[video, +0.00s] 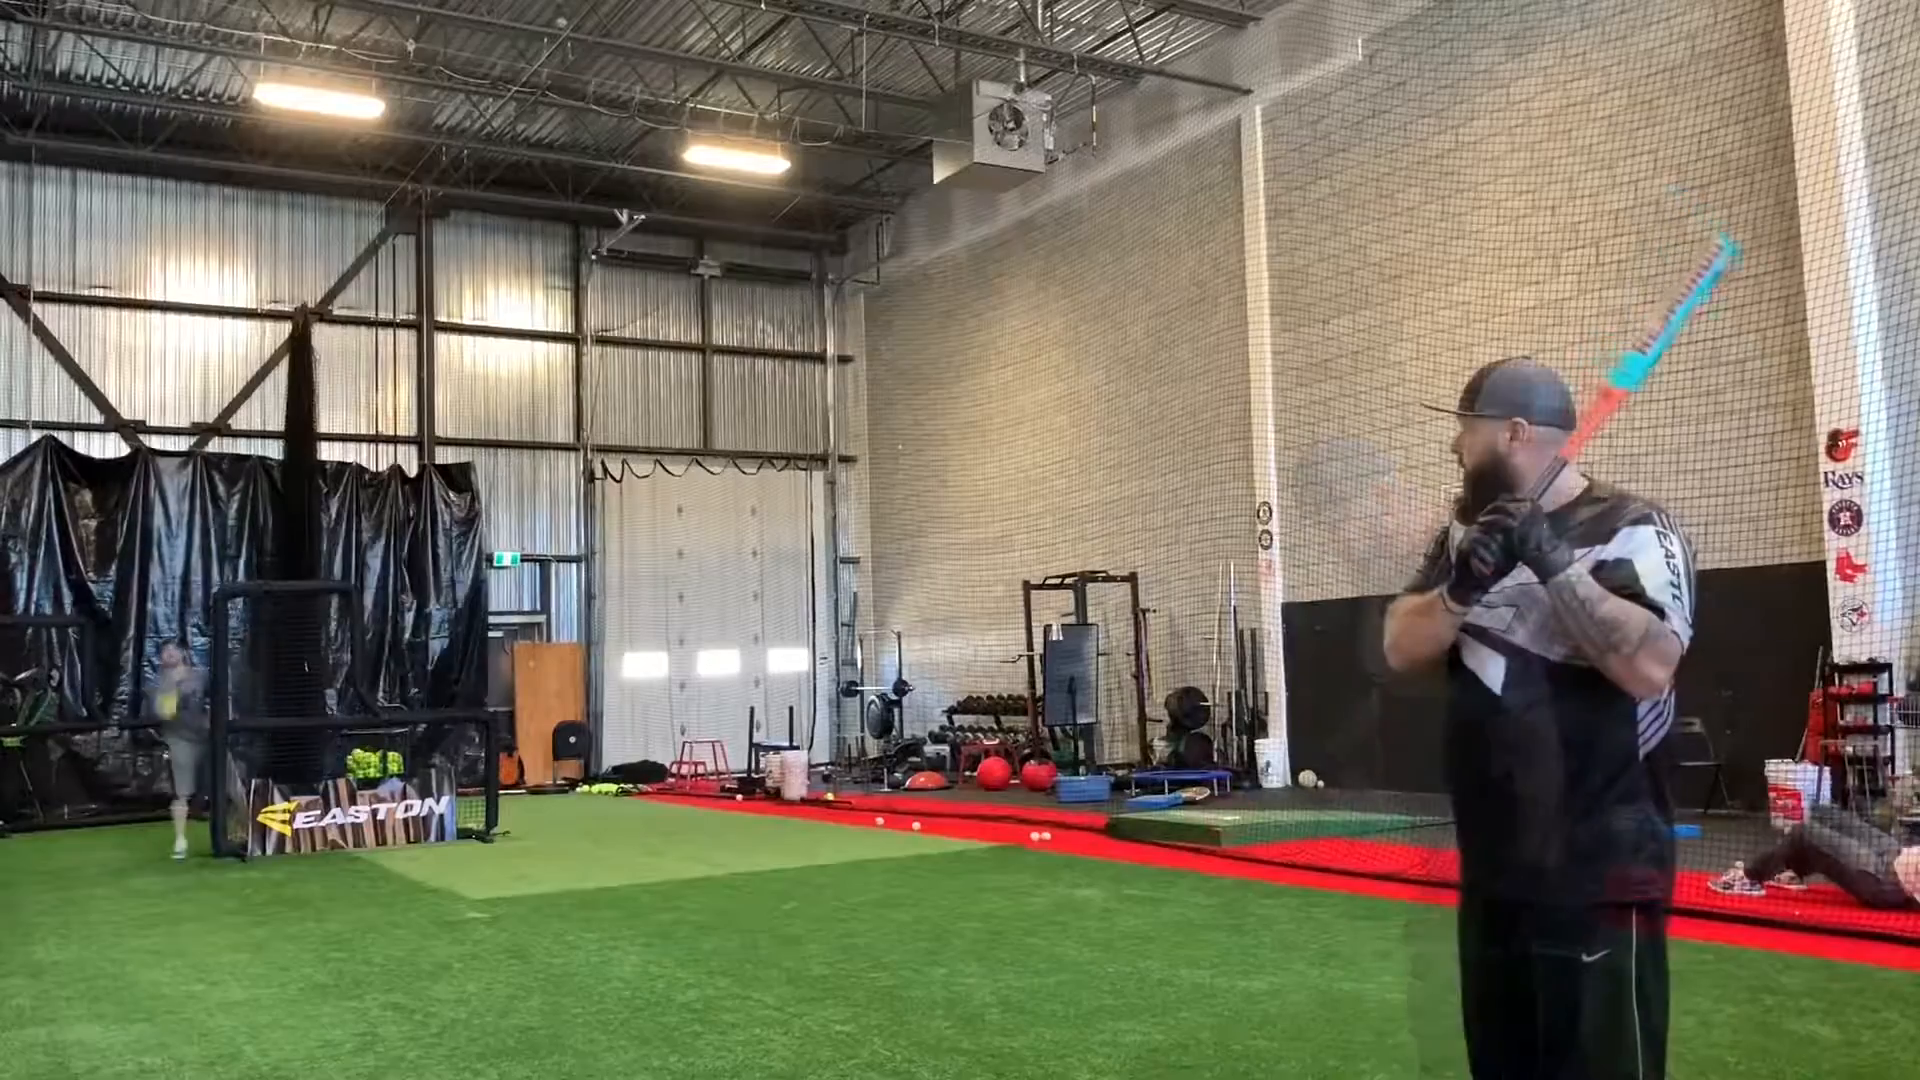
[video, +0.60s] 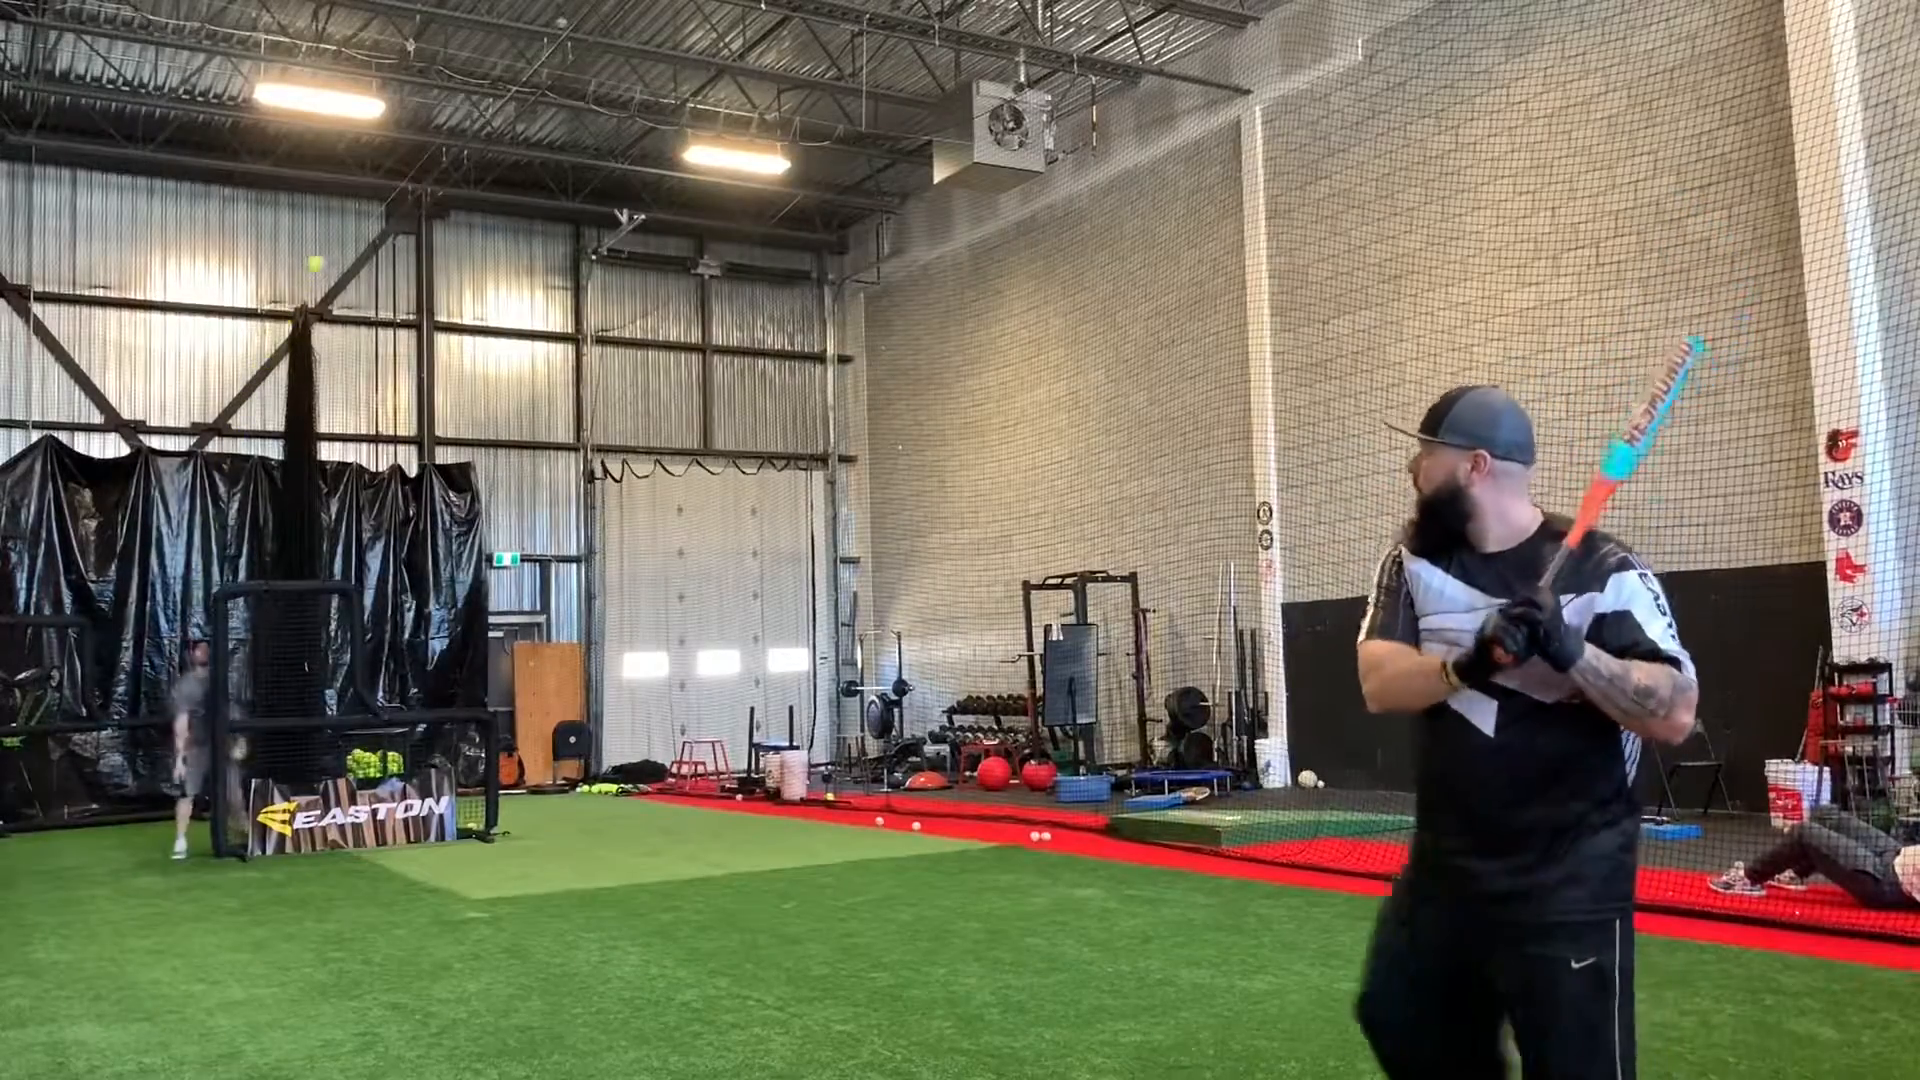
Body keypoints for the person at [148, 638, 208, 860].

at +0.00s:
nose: (169, 657)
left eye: (173, 653)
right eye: (165, 654)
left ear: (183, 655)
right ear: (160, 659)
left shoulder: (200, 677)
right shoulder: (160, 683)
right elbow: (156, 712)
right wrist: (175, 687)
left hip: (211, 735)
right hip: (181, 736)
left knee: (233, 788)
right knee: (182, 792)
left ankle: (250, 831)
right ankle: (180, 840)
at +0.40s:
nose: (189, 652)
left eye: (191, 647)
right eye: (184, 649)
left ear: (197, 650)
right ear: (177, 653)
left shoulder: (207, 674)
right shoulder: (171, 677)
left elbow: (223, 698)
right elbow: (168, 703)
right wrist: (188, 696)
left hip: (213, 738)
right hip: (185, 740)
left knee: (227, 789)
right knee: (182, 793)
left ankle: (237, 828)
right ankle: (179, 840)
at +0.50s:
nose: (196, 651)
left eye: (199, 647)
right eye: (190, 648)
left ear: (205, 652)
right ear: (184, 654)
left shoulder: (217, 677)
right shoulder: (177, 682)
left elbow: (229, 707)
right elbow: (175, 719)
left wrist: (231, 734)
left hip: (219, 737)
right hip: (192, 737)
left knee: (228, 789)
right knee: (185, 792)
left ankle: (237, 827)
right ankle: (180, 839)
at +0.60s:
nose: (203, 657)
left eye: (206, 652)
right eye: (198, 653)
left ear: (212, 655)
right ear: (190, 656)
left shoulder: (221, 680)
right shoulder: (185, 685)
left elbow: (233, 712)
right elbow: (181, 724)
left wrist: (239, 738)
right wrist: (179, 758)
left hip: (222, 744)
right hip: (195, 745)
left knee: (233, 795)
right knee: (188, 794)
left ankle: (247, 837)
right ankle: (181, 839)